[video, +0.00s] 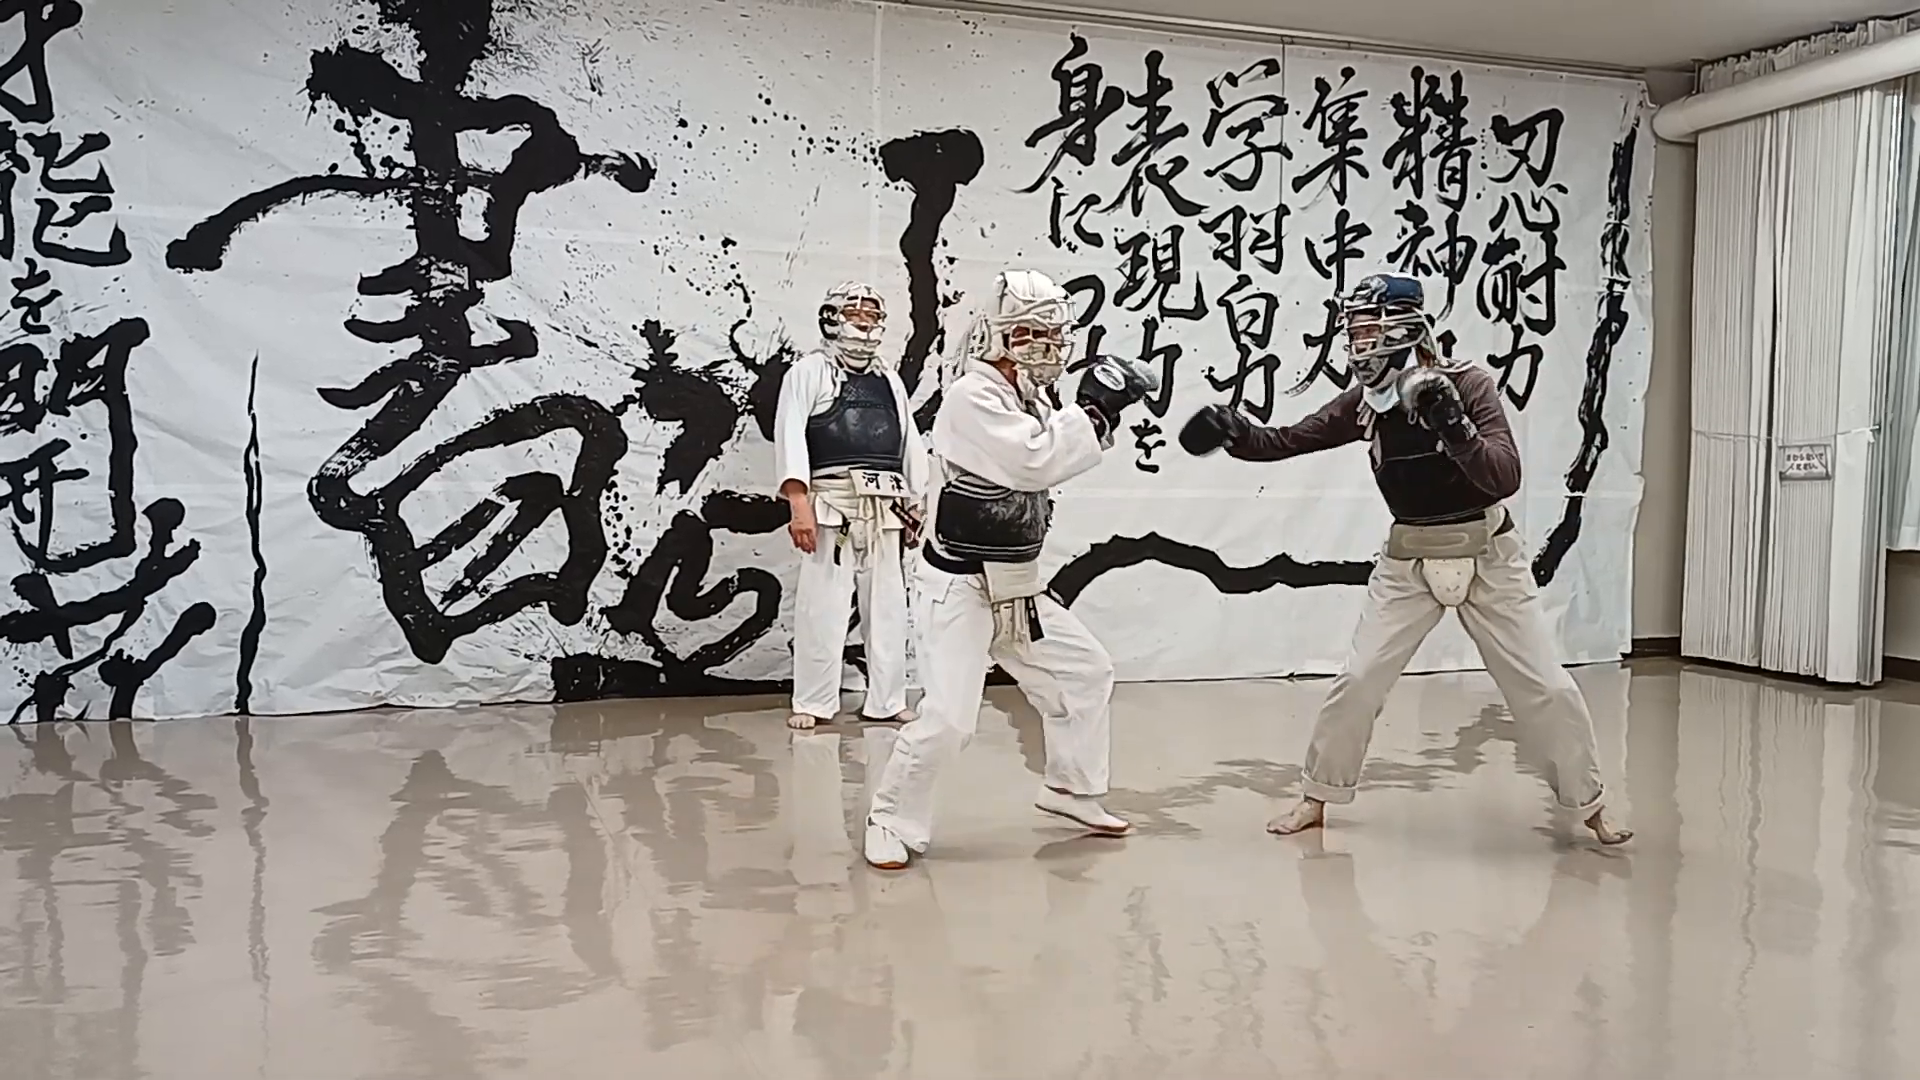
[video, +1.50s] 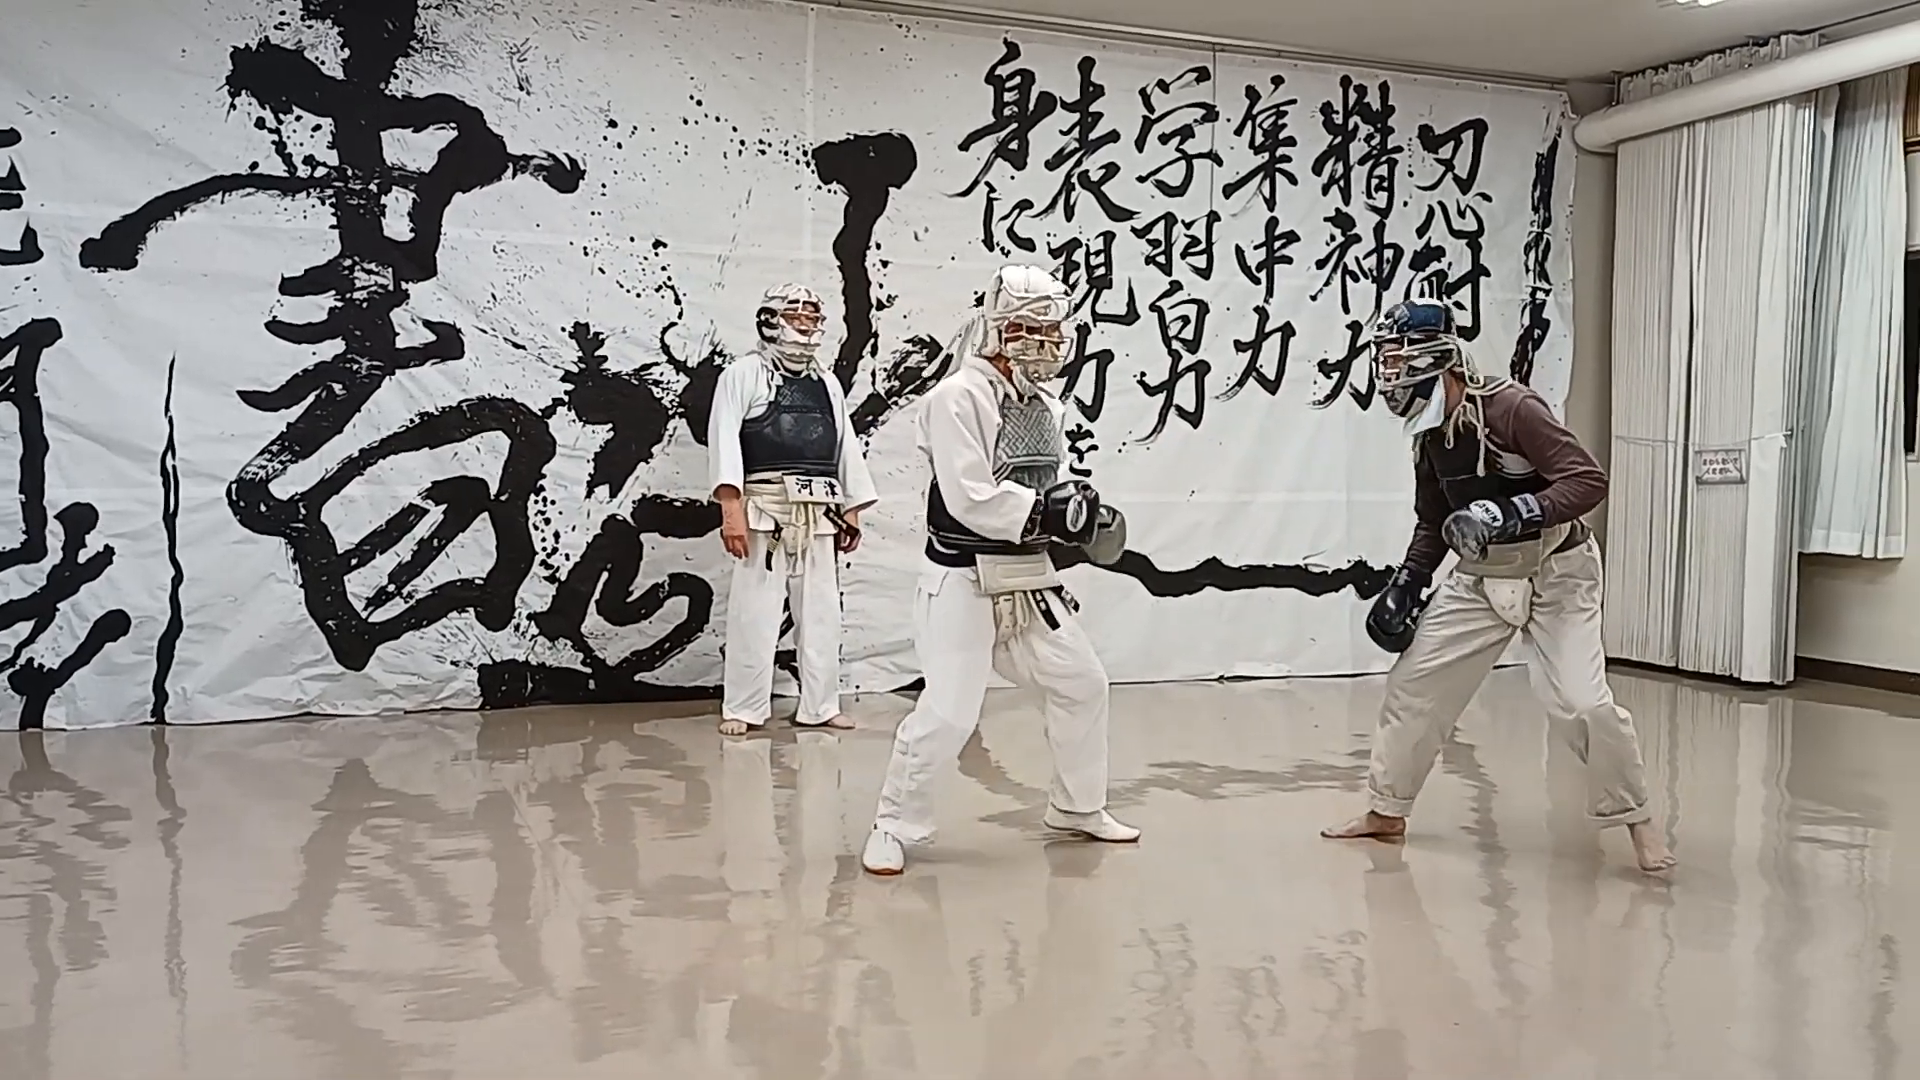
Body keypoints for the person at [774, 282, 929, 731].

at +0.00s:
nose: (863, 325)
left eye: (871, 318)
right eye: (854, 315)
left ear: (880, 326)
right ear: (832, 319)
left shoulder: (889, 378)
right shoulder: (809, 370)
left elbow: (910, 443)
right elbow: (790, 437)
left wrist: (917, 502)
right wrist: (799, 505)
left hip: (886, 505)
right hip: (827, 503)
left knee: (888, 608)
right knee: (821, 608)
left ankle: (886, 702)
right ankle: (814, 705)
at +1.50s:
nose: (806, 325)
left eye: (813, 318)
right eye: (796, 316)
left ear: (819, 326)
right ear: (772, 320)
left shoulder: (827, 381)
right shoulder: (743, 373)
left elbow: (846, 447)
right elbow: (724, 443)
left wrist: (853, 509)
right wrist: (731, 510)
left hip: (819, 510)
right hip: (760, 509)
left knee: (821, 614)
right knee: (753, 614)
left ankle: (819, 707)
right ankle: (743, 711)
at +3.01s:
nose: (744, 323)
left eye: (751, 317)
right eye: (734, 314)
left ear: (758, 325)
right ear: (710, 319)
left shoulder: (767, 378)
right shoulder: (682, 370)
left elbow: (787, 445)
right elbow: (664, 440)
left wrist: (793, 507)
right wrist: (671, 508)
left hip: (760, 509)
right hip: (700, 508)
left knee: (762, 614)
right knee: (692, 615)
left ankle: (759, 709)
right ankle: (682, 713)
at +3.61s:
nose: (731, 321)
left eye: (738, 315)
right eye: (721, 313)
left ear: (746, 323)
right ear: (698, 318)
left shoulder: (755, 379)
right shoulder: (670, 372)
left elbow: (775, 446)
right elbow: (651, 442)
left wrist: (781, 511)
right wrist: (658, 509)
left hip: (749, 511)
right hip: (688, 509)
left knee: (751, 614)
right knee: (681, 616)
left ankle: (747, 709)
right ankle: (671, 713)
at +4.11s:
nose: (709, 320)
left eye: (717, 314)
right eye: (699, 311)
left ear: (725, 322)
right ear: (676, 317)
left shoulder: (736, 379)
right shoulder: (650, 372)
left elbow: (757, 447)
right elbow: (630, 442)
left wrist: (763, 511)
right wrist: (638, 510)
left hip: (730, 510)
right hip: (668, 509)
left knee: (732, 615)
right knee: (661, 616)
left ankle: (728, 709)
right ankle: (652, 714)